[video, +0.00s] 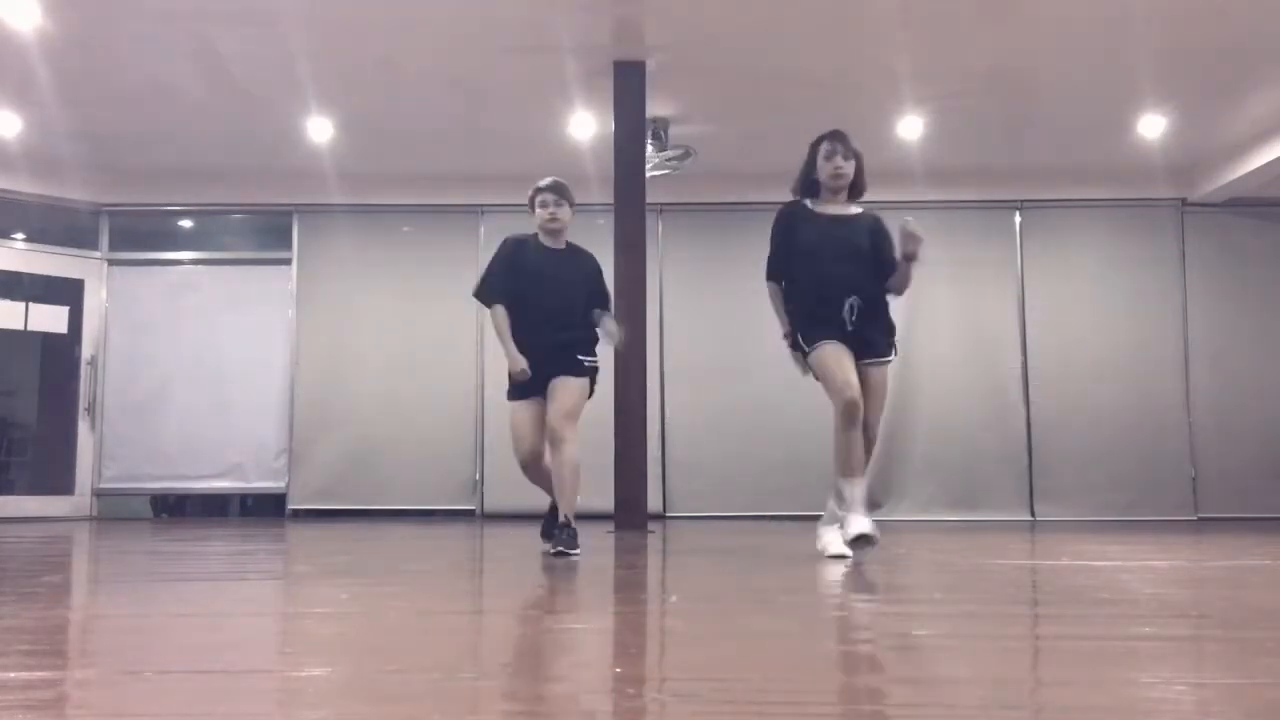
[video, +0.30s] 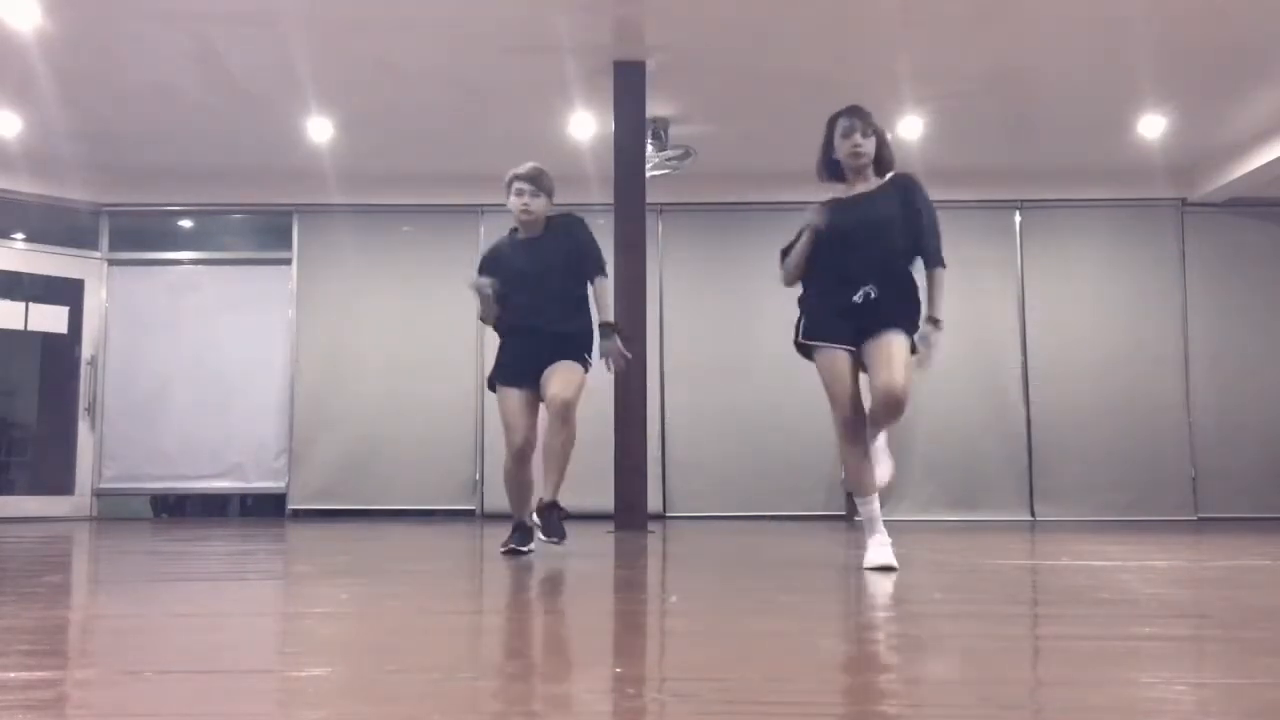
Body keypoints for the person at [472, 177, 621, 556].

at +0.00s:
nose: (551, 210)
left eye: (559, 204)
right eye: (543, 205)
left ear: (571, 211)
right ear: (533, 212)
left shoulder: (585, 260)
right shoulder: (514, 249)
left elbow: (599, 312)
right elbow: (496, 303)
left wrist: (611, 328)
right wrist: (511, 353)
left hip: (573, 356)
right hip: (527, 358)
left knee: (560, 431)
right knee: (527, 455)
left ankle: (567, 524)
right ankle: (559, 496)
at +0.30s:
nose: (525, 201)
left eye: (534, 194)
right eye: (518, 194)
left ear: (549, 200)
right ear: (509, 200)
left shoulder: (570, 229)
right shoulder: (498, 254)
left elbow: (599, 279)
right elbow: (492, 321)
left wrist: (607, 333)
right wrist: (485, 297)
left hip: (566, 344)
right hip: (516, 347)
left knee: (561, 400)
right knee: (518, 445)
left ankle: (549, 503)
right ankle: (520, 525)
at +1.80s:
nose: (483, 174)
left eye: (491, 166)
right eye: (475, 168)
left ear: (509, 172)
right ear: (467, 178)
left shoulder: (536, 212)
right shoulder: (465, 234)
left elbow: (566, 271)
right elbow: (447, 295)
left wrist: (541, 320)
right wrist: (462, 292)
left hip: (520, 341)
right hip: (467, 341)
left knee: (548, 440)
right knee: (444, 436)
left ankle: (585, 527)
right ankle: (416, 530)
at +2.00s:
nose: (527, 175)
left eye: (530, 169)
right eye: (518, 166)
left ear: (533, 176)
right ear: (491, 169)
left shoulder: (542, 225)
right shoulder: (460, 219)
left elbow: (566, 281)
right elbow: (448, 280)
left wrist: (553, 232)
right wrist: (483, 323)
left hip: (536, 344)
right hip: (479, 344)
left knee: (558, 432)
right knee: (451, 438)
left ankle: (589, 526)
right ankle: (418, 530)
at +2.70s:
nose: (440, 176)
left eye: (448, 168)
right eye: (431, 173)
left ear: (466, 174)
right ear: (425, 186)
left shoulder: (476, 210)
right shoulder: (450, 224)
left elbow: (500, 256)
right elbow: (454, 280)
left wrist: (500, 323)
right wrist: (443, 320)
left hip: (515, 330)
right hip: (470, 337)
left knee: (554, 432)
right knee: (432, 427)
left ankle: (594, 523)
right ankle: (435, 531)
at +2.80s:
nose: (439, 171)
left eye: (447, 163)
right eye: (431, 167)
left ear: (467, 169)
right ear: (426, 179)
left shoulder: (470, 201)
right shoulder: (443, 222)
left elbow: (491, 234)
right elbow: (429, 274)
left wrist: (475, 290)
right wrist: (416, 305)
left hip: (485, 329)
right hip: (450, 334)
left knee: (505, 427)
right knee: (420, 429)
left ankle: (584, 502)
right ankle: (433, 532)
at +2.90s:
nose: (432, 166)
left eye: (440, 159)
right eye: (424, 164)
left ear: (459, 166)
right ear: (418, 176)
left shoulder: (471, 197)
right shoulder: (419, 221)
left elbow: (493, 180)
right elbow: (392, 232)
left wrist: (453, 185)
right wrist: (371, 238)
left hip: (473, 314)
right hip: (436, 316)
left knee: (454, 405)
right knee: (416, 426)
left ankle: (517, 500)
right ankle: (433, 530)